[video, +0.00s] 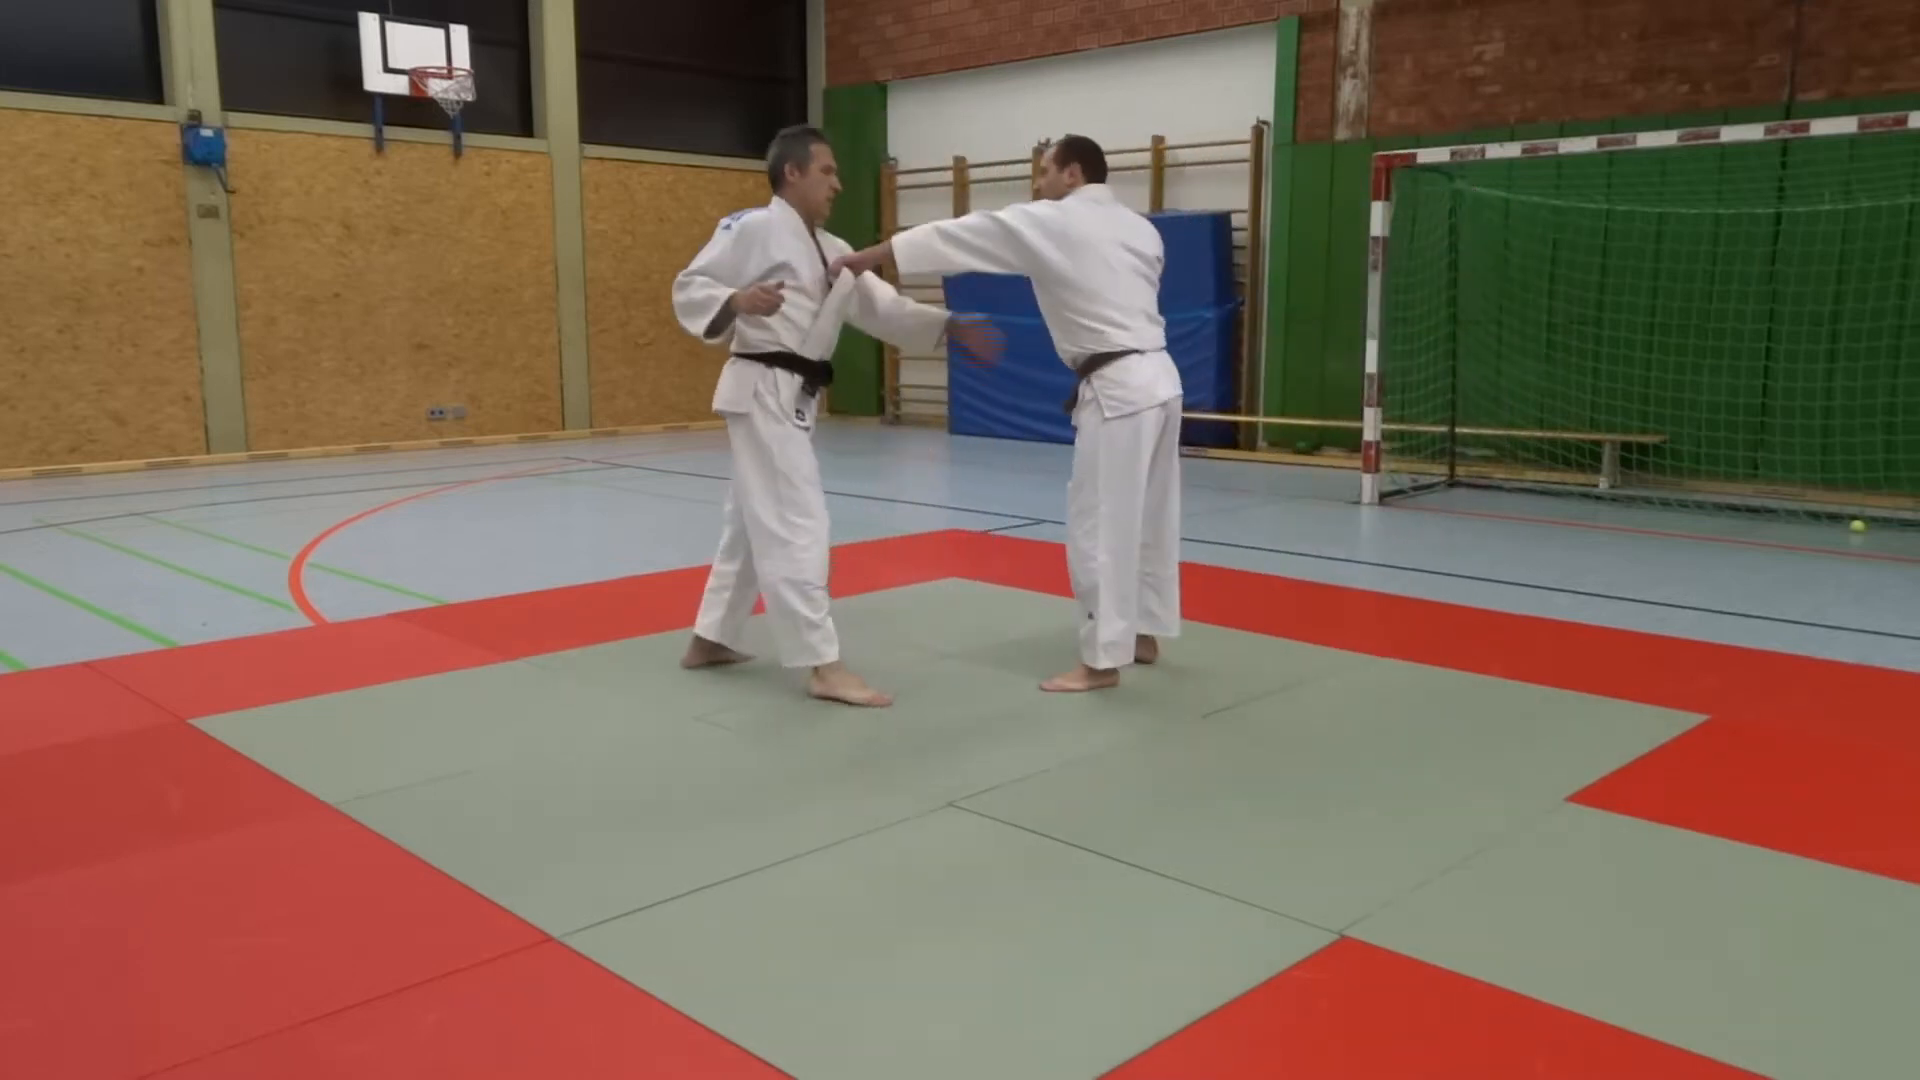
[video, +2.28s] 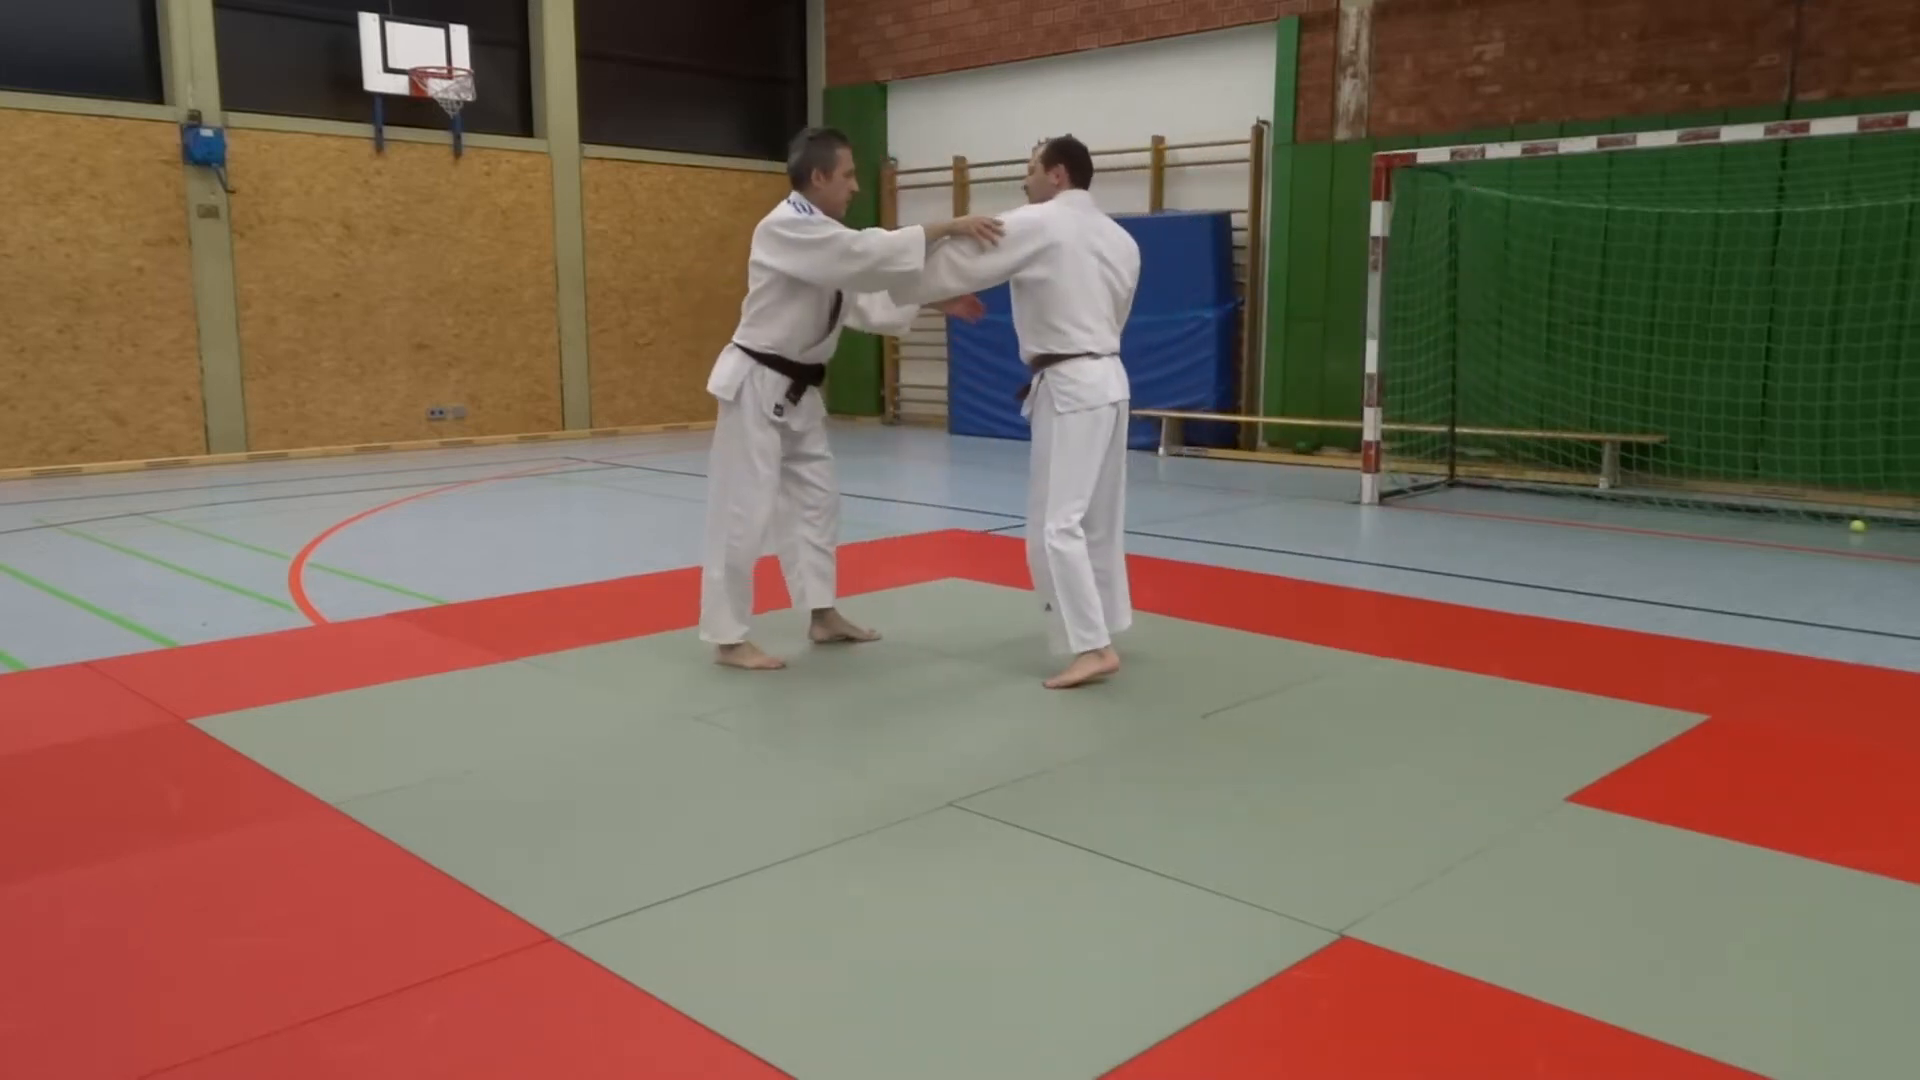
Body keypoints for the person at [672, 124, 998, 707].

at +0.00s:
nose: (835, 185)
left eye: (837, 175)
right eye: (826, 173)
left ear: (803, 179)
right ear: (789, 175)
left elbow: (884, 306)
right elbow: (688, 290)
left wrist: (951, 327)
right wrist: (734, 299)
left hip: (795, 393)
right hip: (759, 388)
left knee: (755, 516)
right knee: (800, 521)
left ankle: (710, 639)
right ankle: (825, 666)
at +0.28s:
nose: (843, 178)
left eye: (840, 167)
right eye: (831, 167)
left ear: (809, 177)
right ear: (797, 177)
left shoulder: (833, 250)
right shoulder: (777, 231)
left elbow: (874, 319)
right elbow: (751, 299)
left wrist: (942, 344)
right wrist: (823, 279)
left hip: (803, 394)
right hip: (787, 393)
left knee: (762, 518)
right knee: (852, 514)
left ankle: (713, 637)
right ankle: (861, 655)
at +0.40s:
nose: (866, 174)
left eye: (863, 164)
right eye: (857, 164)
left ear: (827, 173)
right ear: (828, 171)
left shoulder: (838, 237)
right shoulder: (806, 229)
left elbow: (883, 300)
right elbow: (805, 278)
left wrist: (953, 312)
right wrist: (875, 253)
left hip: (802, 385)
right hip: (815, 389)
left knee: (786, 516)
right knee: (861, 522)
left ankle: (729, 619)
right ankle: (859, 655)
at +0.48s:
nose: (875, 174)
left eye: (874, 163)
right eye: (868, 163)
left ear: (837, 170)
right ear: (841, 168)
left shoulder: (841, 224)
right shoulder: (824, 221)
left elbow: (886, 292)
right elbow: (859, 272)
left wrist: (957, 298)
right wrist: (913, 228)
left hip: (823, 380)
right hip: (828, 384)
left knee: (828, 513)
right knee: (858, 520)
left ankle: (757, 598)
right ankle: (858, 657)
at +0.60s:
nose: (883, 173)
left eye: (881, 162)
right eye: (876, 162)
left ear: (845, 166)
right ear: (848, 164)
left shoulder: (843, 218)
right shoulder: (831, 218)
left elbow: (896, 296)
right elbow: (905, 252)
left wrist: (960, 279)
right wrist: (961, 223)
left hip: (841, 376)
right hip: (837, 380)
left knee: (852, 505)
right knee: (867, 519)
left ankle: (827, 608)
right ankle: (856, 661)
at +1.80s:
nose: (895, 180)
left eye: (893, 171)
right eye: (885, 170)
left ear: (859, 177)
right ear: (852, 175)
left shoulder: (859, 226)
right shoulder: (836, 219)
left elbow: (877, 302)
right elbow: (892, 246)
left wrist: (946, 313)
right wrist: (967, 229)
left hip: (852, 372)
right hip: (828, 369)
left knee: (845, 503)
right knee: (832, 505)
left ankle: (845, 617)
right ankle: (775, 621)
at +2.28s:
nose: (856, 188)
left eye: (855, 177)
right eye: (848, 177)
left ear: (822, 178)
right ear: (816, 178)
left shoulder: (828, 237)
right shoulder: (782, 227)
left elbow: (868, 298)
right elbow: (859, 251)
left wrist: (938, 299)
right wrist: (947, 228)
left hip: (802, 389)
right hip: (756, 382)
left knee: (816, 499)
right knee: (742, 507)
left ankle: (823, 616)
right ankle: (727, 638)